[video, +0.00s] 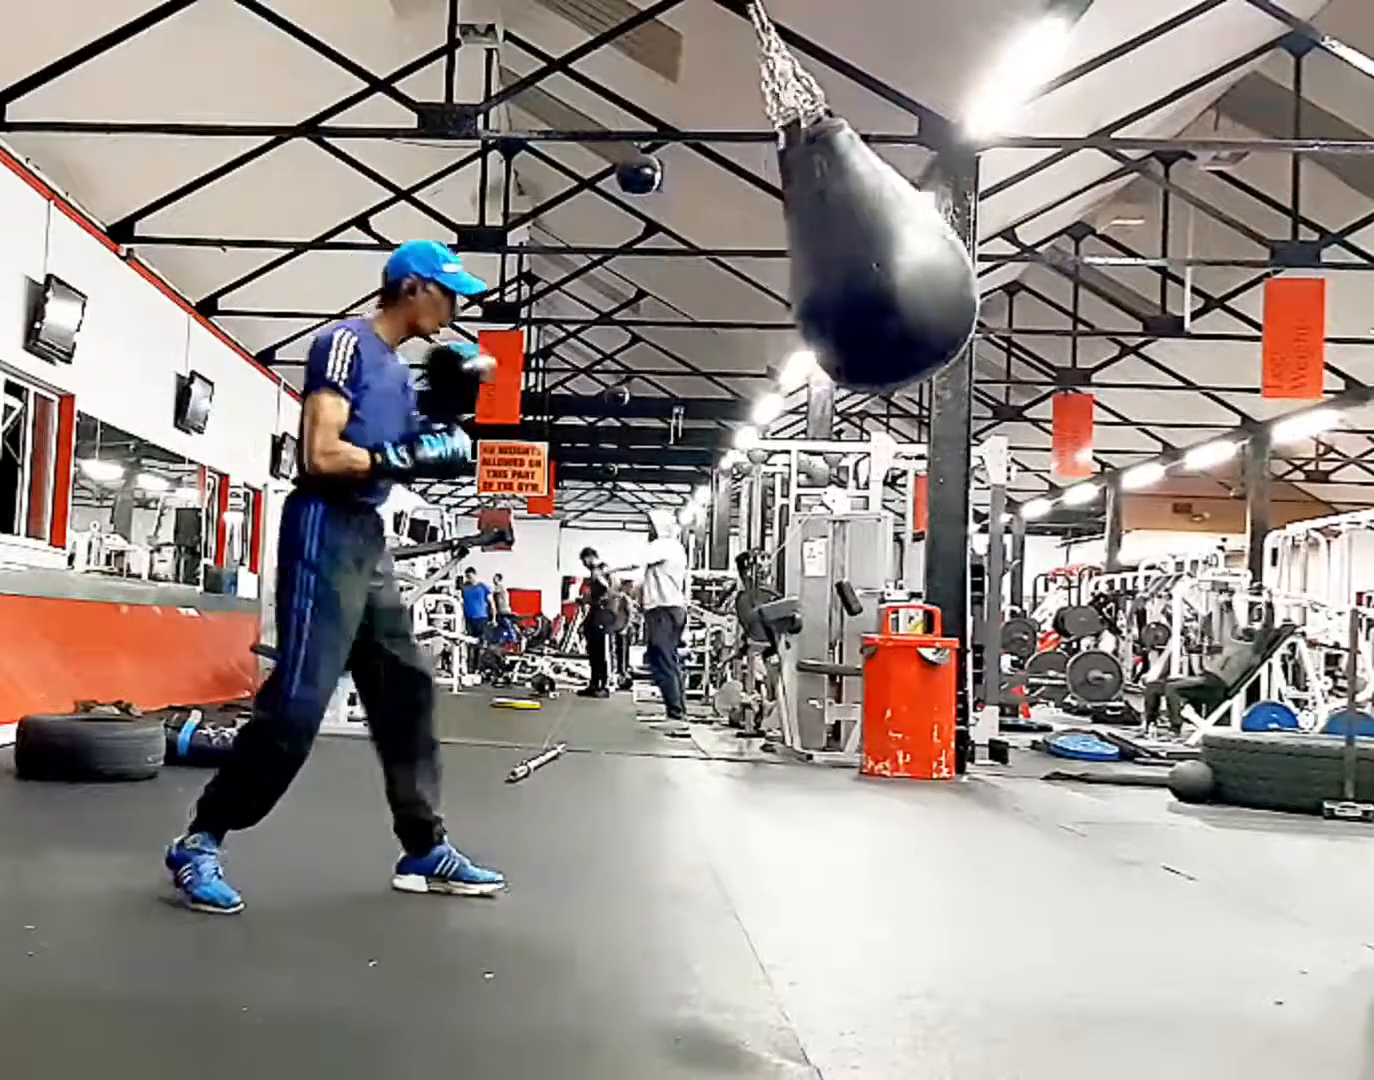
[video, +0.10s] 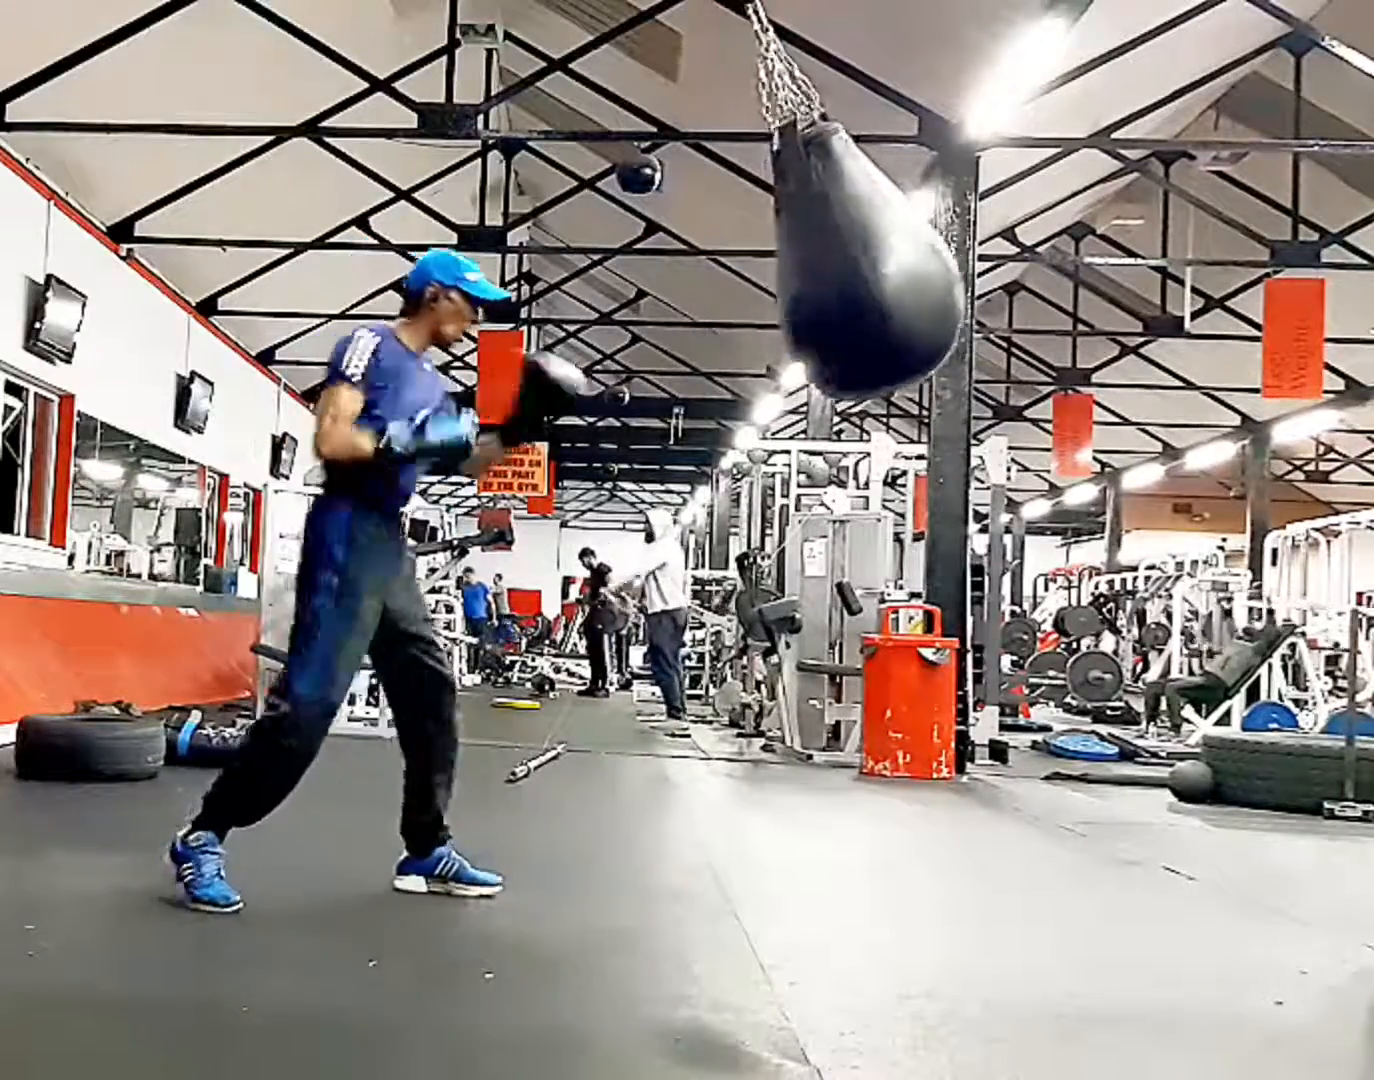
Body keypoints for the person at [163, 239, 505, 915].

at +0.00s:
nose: (454, 311)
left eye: (456, 300)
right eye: (449, 297)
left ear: (419, 292)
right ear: (414, 288)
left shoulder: (394, 366)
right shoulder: (344, 342)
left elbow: (400, 447)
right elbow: (321, 454)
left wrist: (446, 405)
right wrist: (405, 458)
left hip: (365, 533)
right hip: (323, 528)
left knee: (405, 689)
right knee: (296, 703)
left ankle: (424, 849)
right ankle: (198, 844)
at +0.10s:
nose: (475, 321)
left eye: (478, 311)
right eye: (468, 306)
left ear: (446, 306)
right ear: (433, 296)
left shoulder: (433, 387)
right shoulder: (369, 344)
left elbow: (464, 459)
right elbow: (332, 439)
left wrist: (529, 420)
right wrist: (407, 443)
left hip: (387, 544)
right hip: (344, 533)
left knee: (430, 690)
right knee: (309, 706)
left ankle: (425, 850)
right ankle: (202, 838)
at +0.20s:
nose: (504, 326)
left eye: (507, 317)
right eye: (497, 312)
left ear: (470, 311)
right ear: (461, 305)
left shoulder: (444, 370)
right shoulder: (423, 346)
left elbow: (432, 477)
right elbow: (397, 388)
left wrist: (499, 454)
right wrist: (472, 373)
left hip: (398, 531)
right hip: (379, 526)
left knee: (425, 688)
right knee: (332, 694)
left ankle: (425, 848)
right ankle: (207, 832)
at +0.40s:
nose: (522, 318)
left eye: (523, 308)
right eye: (515, 304)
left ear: (483, 304)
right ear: (484, 299)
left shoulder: (464, 354)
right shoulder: (455, 336)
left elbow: (471, 440)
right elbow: (538, 377)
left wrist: (525, 394)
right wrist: (599, 368)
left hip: (436, 533)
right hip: (406, 526)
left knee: (458, 695)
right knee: (353, 684)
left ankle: (427, 851)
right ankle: (227, 821)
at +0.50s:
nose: (523, 317)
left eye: (524, 307)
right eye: (517, 304)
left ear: (495, 304)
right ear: (486, 297)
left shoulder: (499, 371)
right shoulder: (430, 345)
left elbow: (569, 402)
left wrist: (626, 373)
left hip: (447, 532)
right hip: (410, 522)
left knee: (471, 693)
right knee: (392, 692)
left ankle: (432, 851)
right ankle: (255, 818)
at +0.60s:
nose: (524, 335)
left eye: (528, 325)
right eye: (521, 320)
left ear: (492, 312)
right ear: (489, 306)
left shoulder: (477, 381)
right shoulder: (440, 342)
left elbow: (522, 443)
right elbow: (382, 369)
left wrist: (571, 415)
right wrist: (465, 360)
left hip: (442, 535)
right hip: (417, 528)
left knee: (464, 694)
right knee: (375, 697)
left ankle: (431, 851)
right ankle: (240, 821)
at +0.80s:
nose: (512, 349)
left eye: (514, 336)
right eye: (507, 333)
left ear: (471, 321)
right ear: (480, 323)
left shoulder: (445, 395)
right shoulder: (447, 346)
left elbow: (435, 502)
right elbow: (535, 320)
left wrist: (488, 464)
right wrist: (596, 345)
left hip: (399, 527)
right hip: (381, 517)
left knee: (411, 690)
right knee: (336, 689)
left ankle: (422, 850)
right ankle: (207, 828)